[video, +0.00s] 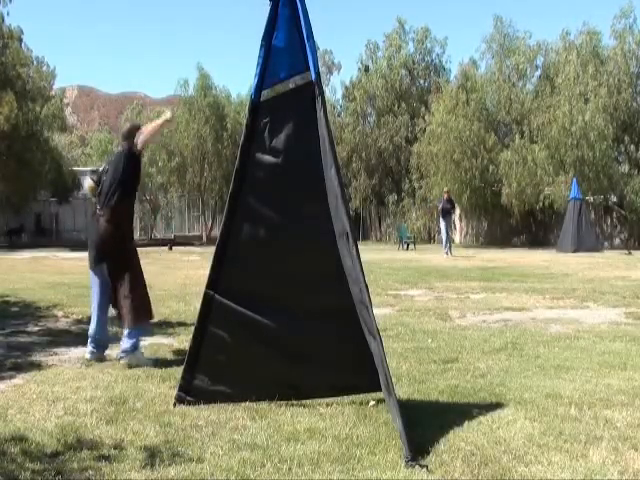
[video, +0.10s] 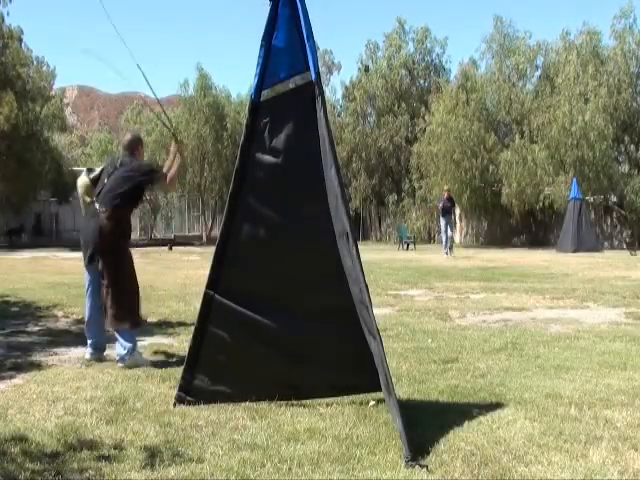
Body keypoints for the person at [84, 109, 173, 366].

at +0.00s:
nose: (144, 140)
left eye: (143, 137)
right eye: (142, 136)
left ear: (123, 138)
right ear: (135, 138)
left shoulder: (110, 163)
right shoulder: (129, 156)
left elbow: (94, 186)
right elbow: (143, 136)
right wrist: (163, 119)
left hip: (98, 238)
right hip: (118, 238)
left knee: (100, 296)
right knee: (133, 292)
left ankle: (95, 347)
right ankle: (130, 349)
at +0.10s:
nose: (144, 151)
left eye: (141, 148)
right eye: (143, 148)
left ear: (123, 148)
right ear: (139, 149)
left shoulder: (112, 164)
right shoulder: (141, 168)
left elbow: (90, 184)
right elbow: (167, 181)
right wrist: (177, 156)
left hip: (92, 224)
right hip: (111, 229)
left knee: (94, 285)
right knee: (122, 284)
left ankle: (94, 346)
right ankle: (126, 350)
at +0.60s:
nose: (118, 139)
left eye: (116, 135)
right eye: (115, 134)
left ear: (96, 137)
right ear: (108, 135)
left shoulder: (84, 159)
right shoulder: (109, 155)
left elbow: (64, 189)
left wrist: (71, 214)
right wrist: (152, 178)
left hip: (74, 228)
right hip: (93, 230)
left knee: (80, 290)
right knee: (114, 287)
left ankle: (67, 351)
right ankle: (118, 349)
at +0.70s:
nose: (116, 150)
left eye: (116, 147)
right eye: (116, 146)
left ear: (97, 146)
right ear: (109, 144)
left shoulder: (79, 166)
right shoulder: (97, 159)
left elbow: (59, 187)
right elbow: (111, 125)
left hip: (72, 235)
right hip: (89, 234)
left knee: (84, 290)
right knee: (111, 289)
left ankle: (68, 348)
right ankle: (104, 351)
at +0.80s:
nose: (115, 156)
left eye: (114, 151)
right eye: (112, 151)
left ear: (94, 154)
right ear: (102, 152)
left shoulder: (76, 176)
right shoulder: (94, 170)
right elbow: (107, 140)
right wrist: (124, 113)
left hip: (71, 245)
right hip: (86, 244)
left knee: (83, 295)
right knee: (100, 296)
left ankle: (66, 347)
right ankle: (97, 360)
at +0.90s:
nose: (120, 155)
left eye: (119, 151)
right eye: (118, 151)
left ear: (98, 149)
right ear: (109, 149)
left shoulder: (78, 167)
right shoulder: (107, 173)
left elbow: (53, 187)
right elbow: (128, 196)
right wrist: (140, 166)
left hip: (62, 244)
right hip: (79, 247)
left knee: (74, 298)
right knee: (102, 299)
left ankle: (65, 351)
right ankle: (93, 363)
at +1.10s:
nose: (113, 146)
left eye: (112, 140)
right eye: (112, 141)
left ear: (90, 139)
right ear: (104, 141)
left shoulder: (71, 156)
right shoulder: (103, 175)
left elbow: (46, 182)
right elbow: (104, 223)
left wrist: (61, 209)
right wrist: (108, 261)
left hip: (53, 238)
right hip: (75, 245)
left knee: (63, 295)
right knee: (98, 302)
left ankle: (50, 349)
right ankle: (95, 365)